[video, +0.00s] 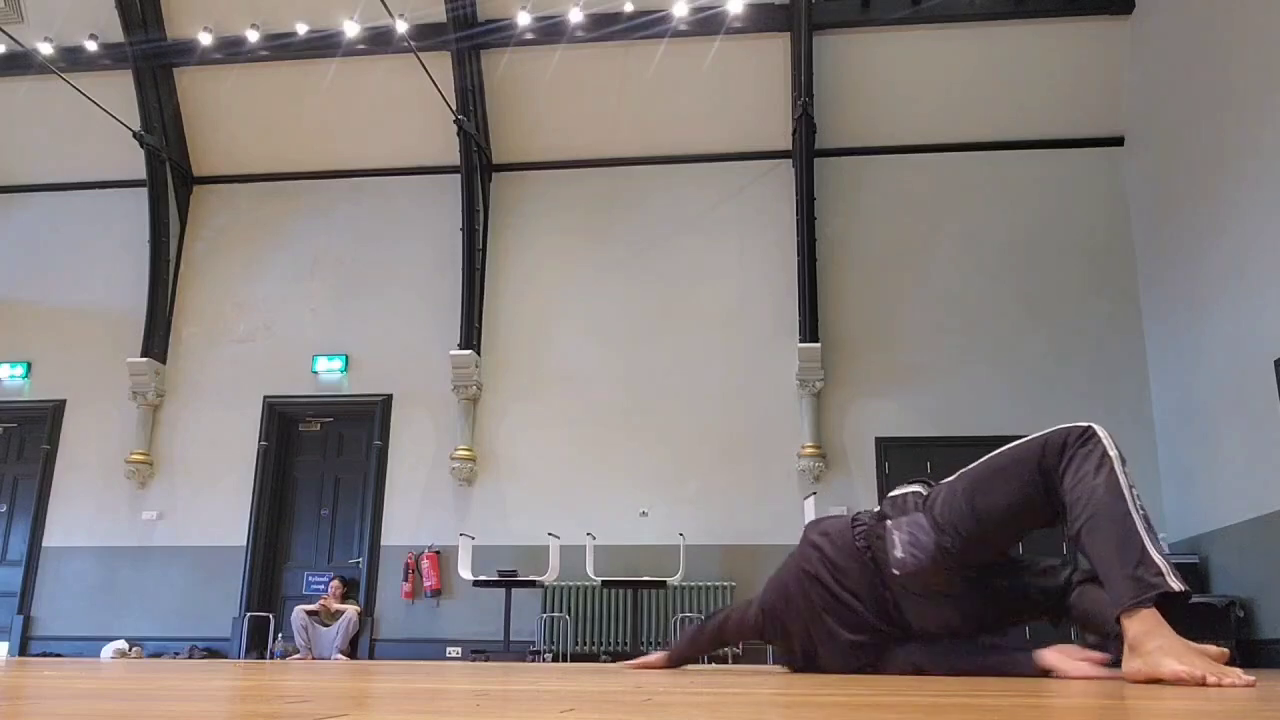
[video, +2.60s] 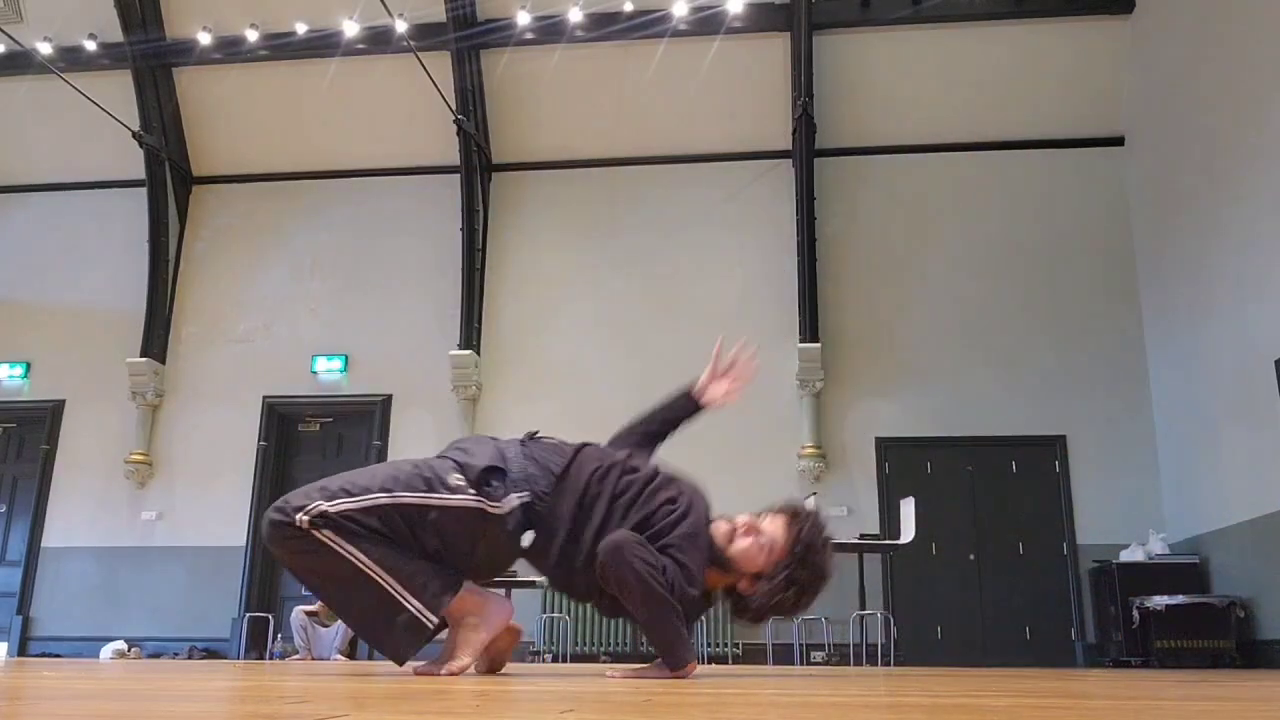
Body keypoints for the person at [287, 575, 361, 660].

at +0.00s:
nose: (333, 591)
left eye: (337, 588)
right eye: (331, 588)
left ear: (344, 590)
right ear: (328, 589)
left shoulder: (348, 602)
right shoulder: (323, 602)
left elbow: (357, 610)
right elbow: (297, 608)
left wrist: (334, 606)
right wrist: (316, 607)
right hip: (316, 637)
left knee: (352, 614)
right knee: (297, 612)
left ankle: (336, 653)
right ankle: (304, 653)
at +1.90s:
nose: (333, 591)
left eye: (337, 589)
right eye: (331, 588)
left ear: (343, 591)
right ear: (328, 589)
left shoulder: (348, 603)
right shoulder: (323, 602)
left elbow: (356, 610)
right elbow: (296, 608)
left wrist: (333, 606)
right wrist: (314, 607)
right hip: (316, 636)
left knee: (352, 614)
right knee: (297, 612)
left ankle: (336, 653)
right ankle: (304, 653)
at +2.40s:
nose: (333, 591)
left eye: (337, 589)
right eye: (331, 588)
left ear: (343, 591)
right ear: (327, 590)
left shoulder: (348, 604)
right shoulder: (322, 604)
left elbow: (357, 610)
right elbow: (297, 609)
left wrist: (334, 606)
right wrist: (316, 608)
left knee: (352, 614)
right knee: (296, 612)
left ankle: (336, 653)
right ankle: (304, 653)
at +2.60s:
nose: (321, 607)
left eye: (324, 606)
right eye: (321, 606)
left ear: (333, 609)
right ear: (318, 607)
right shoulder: (308, 623)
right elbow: (297, 610)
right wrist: (314, 608)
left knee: (349, 619)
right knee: (297, 612)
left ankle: (336, 654)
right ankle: (304, 653)